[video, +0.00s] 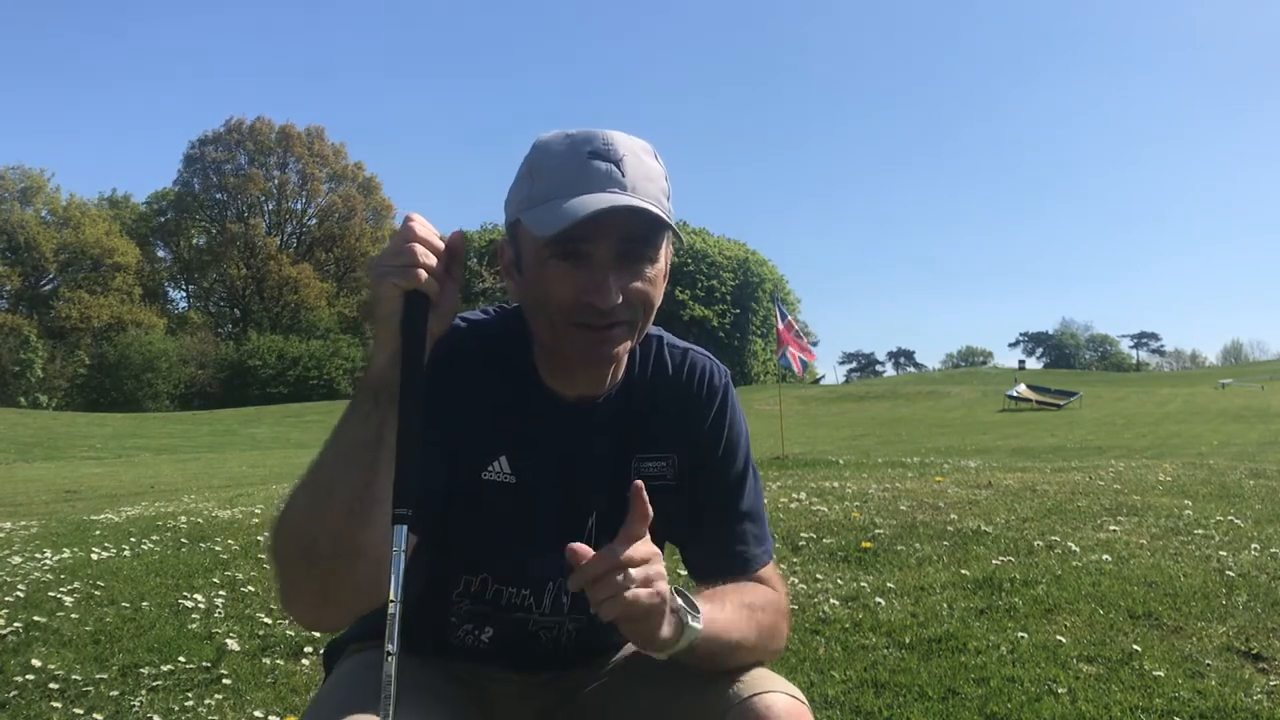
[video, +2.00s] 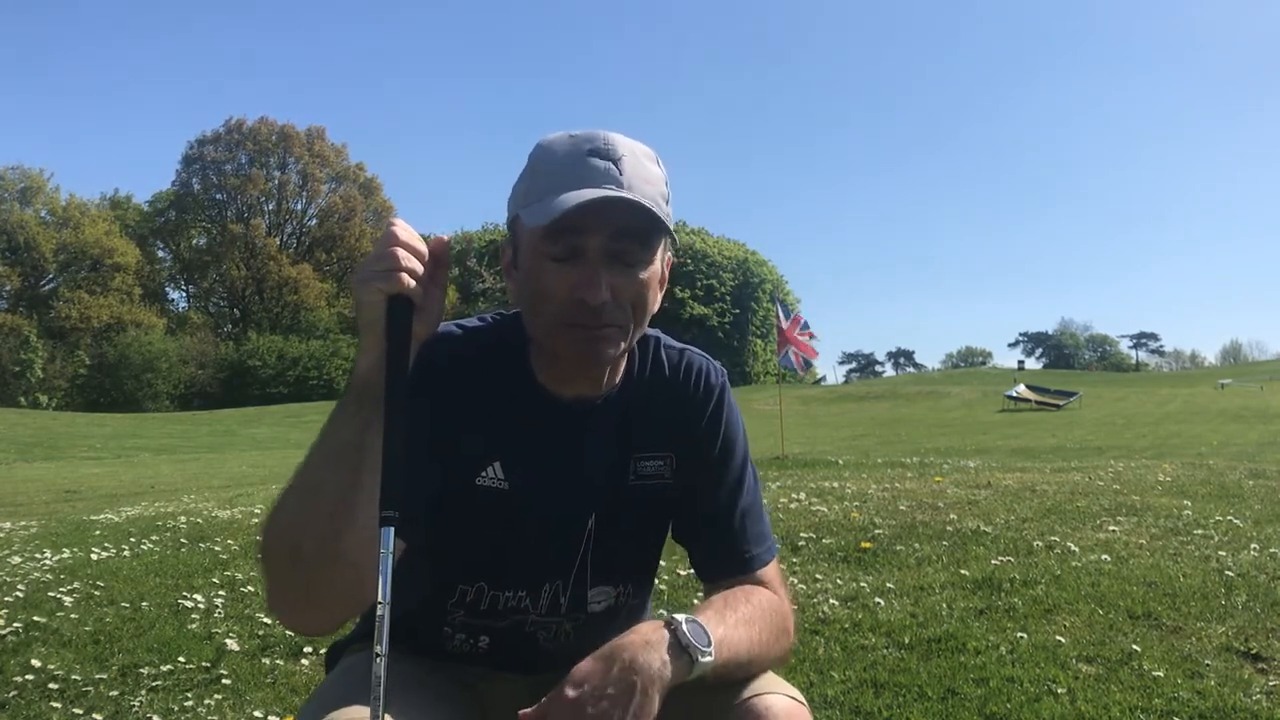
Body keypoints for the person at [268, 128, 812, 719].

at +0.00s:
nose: (607, 292)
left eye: (636, 254)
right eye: (570, 253)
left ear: (666, 268)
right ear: (509, 263)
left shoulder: (693, 388)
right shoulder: (441, 367)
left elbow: (763, 613)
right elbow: (316, 602)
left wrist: (676, 618)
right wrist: (388, 365)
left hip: (609, 668)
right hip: (435, 668)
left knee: (776, 709)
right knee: (351, 710)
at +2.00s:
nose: (596, 289)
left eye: (626, 254)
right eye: (564, 253)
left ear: (663, 275)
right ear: (510, 263)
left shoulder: (689, 390)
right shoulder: (437, 369)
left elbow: (765, 607)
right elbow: (303, 606)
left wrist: (668, 647)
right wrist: (377, 367)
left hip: (612, 670)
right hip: (432, 669)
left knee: (778, 711)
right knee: (346, 715)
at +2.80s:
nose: (610, 316)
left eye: (638, 281)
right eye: (578, 279)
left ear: (668, 278)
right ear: (514, 269)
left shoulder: (692, 392)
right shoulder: (435, 370)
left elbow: (752, 587)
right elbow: (312, 607)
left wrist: (748, 624)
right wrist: (379, 368)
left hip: (606, 672)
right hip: (433, 673)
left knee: (780, 711)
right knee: (352, 715)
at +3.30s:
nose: (600, 295)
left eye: (628, 259)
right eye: (569, 257)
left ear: (659, 261)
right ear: (505, 254)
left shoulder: (683, 379)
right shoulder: (433, 364)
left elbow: (789, 617)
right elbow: (314, 608)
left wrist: (808, 558)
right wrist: (379, 369)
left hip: (606, 665)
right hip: (434, 672)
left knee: (782, 708)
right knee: (371, 712)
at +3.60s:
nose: (584, 268)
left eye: (614, 234)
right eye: (552, 231)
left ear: (650, 253)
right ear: (500, 244)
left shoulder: (682, 376)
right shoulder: (432, 362)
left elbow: (839, 584)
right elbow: (309, 607)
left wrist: (832, 532)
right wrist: (376, 364)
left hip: (605, 665)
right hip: (431, 672)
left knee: (780, 707)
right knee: (368, 713)